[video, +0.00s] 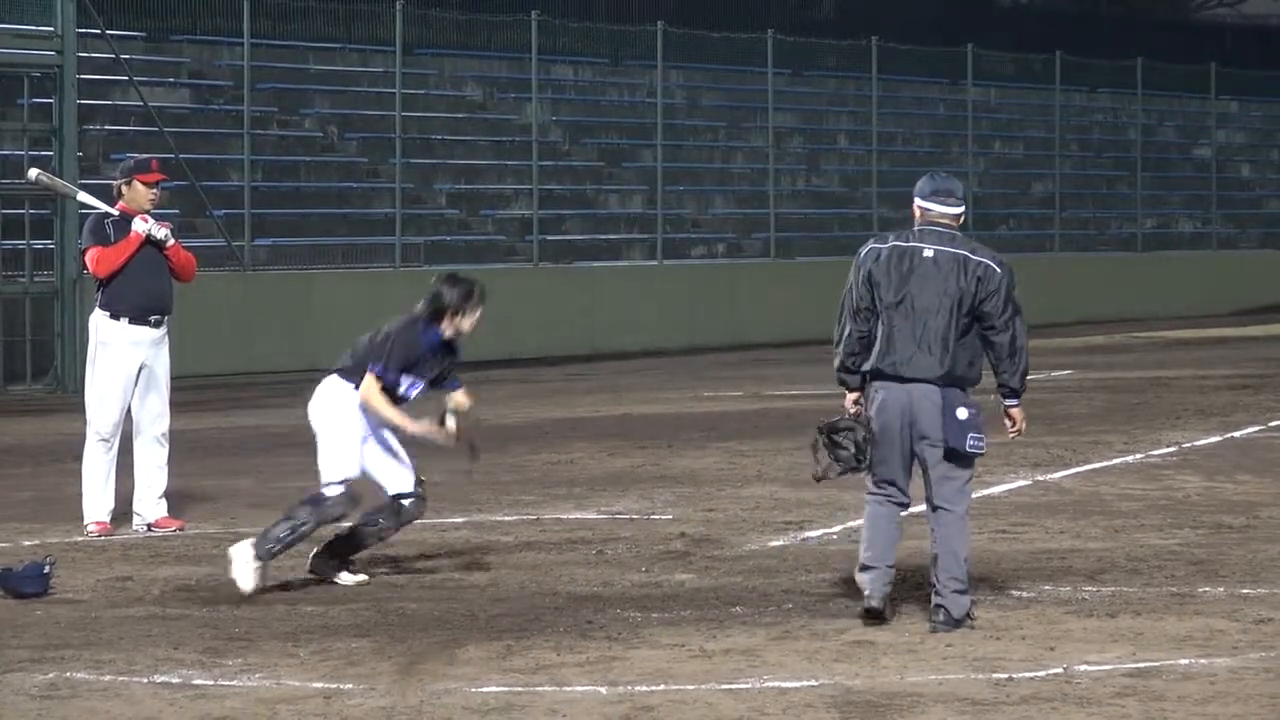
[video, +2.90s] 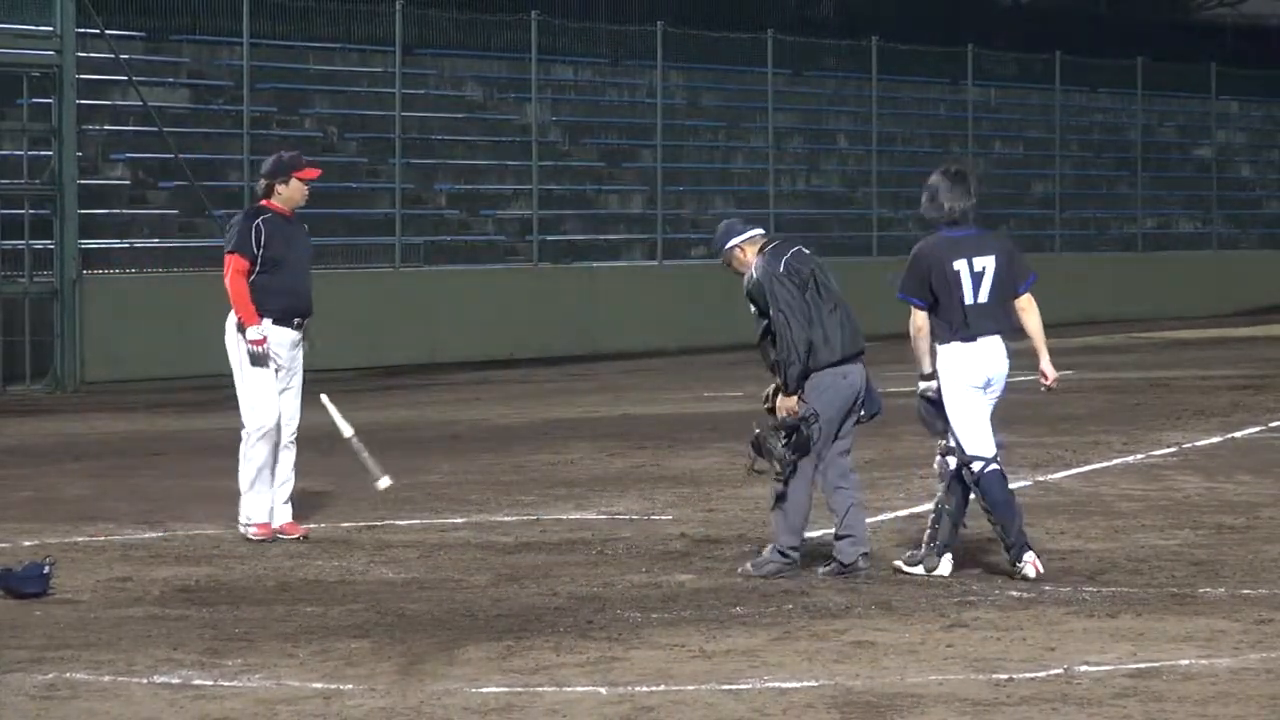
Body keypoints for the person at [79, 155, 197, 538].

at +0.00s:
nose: (156, 191)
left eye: (157, 186)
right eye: (149, 185)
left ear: (153, 190)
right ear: (125, 186)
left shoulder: (158, 228)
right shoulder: (101, 222)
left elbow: (188, 271)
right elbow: (99, 266)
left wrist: (168, 242)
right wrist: (138, 235)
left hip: (156, 335)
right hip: (115, 333)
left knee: (154, 427)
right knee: (104, 428)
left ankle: (151, 512)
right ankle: (98, 516)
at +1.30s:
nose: (198, 191)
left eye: (198, 185)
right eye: (192, 185)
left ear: (180, 188)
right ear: (169, 187)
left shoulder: (188, 230)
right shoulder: (140, 220)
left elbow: (210, 283)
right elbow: (126, 269)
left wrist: (209, 265)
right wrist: (178, 253)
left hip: (178, 334)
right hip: (143, 328)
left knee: (168, 424)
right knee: (150, 418)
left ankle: (157, 509)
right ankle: (140, 511)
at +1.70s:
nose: (211, 188)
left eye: (210, 182)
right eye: (204, 183)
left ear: (191, 188)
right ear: (182, 187)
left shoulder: (205, 231)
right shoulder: (157, 225)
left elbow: (216, 276)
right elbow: (136, 277)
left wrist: (233, 311)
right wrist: (174, 311)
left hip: (197, 331)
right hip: (160, 330)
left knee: (180, 425)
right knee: (170, 424)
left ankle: (149, 509)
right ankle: (180, 514)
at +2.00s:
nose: (222, 188)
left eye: (221, 182)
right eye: (216, 182)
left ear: (203, 186)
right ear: (193, 186)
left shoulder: (215, 227)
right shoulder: (167, 225)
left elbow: (219, 276)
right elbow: (153, 281)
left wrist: (228, 316)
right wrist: (176, 325)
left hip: (215, 337)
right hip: (178, 336)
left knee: (221, 421)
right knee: (175, 427)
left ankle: (192, 502)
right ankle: (178, 514)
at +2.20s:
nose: (236, 191)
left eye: (236, 185)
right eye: (231, 185)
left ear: (217, 187)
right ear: (210, 186)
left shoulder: (221, 229)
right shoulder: (182, 227)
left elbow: (222, 283)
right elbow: (168, 286)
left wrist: (239, 325)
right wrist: (179, 343)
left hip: (230, 337)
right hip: (193, 338)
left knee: (241, 427)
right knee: (182, 431)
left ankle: (244, 513)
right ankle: (181, 516)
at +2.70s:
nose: (293, 191)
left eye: (293, 185)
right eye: (287, 184)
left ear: (274, 187)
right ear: (265, 186)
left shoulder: (279, 229)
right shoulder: (236, 224)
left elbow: (275, 279)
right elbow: (219, 278)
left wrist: (283, 326)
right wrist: (237, 334)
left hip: (281, 339)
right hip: (243, 337)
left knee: (278, 432)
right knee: (237, 424)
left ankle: (275, 518)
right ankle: (204, 496)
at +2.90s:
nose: (309, 188)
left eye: (308, 182)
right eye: (303, 182)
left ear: (291, 185)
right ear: (280, 185)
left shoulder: (297, 227)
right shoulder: (251, 221)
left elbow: (292, 278)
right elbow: (234, 276)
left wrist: (298, 327)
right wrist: (251, 326)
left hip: (290, 336)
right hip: (257, 333)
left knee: (287, 429)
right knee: (262, 424)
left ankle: (280, 514)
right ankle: (254, 515)